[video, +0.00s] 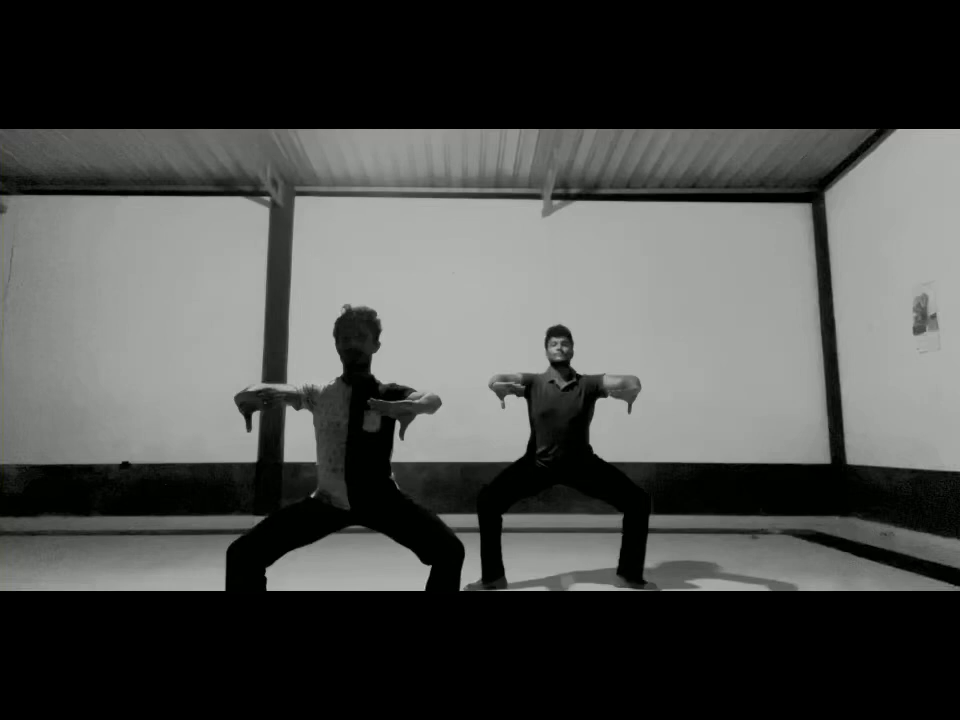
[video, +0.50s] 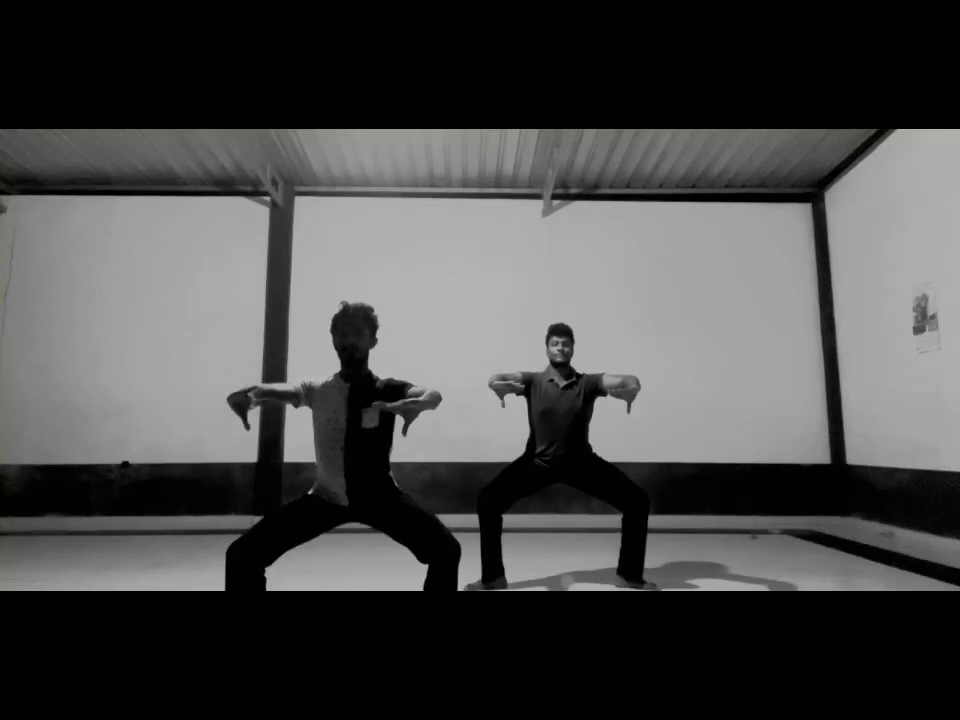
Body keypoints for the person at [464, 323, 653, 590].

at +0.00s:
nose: (560, 348)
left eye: (565, 344)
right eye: (554, 344)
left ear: (572, 350)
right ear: (546, 351)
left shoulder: (588, 383)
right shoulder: (533, 382)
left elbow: (629, 382)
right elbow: (495, 381)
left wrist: (630, 390)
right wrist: (503, 387)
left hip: (581, 464)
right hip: (538, 465)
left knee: (638, 501)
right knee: (489, 500)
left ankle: (630, 574)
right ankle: (493, 577)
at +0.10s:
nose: (560, 348)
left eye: (565, 345)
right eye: (554, 345)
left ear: (572, 350)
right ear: (546, 350)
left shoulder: (588, 383)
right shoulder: (533, 382)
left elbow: (629, 381)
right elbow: (494, 381)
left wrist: (630, 390)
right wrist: (503, 387)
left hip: (581, 464)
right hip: (538, 465)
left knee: (638, 501)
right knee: (489, 500)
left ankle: (630, 574)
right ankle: (493, 577)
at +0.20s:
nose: (560, 349)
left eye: (566, 345)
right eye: (555, 345)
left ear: (573, 350)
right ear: (547, 350)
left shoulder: (588, 383)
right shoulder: (533, 382)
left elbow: (629, 381)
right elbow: (494, 381)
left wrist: (631, 390)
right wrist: (502, 387)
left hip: (581, 463)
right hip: (538, 464)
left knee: (637, 502)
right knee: (489, 500)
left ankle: (630, 574)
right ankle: (493, 577)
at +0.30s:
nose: (561, 349)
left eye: (566, 345)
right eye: (555, 345)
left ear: (573, 350)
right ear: (547, 349)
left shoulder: (588, 383)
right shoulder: (533, 381)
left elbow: (628, 381)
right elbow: (494, 381)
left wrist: (632, 389)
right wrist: (502, 387)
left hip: (581, 463)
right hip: (538, 464)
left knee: (637, 501)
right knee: (489, 500)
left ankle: (630, 574)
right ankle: (493, 578)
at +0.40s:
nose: (561, 349)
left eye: (566, 344)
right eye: (555, 344)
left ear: (573, 349)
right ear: (547, 349)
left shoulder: (588, 382)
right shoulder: (533, 380)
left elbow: (628, 381)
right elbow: (494, 380)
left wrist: (631, 389)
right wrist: (502, 386)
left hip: (580, 463)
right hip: (538, 464)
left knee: (636, 501)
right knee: (489, 500)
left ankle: (630, 575)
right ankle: (493, 578)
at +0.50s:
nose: (560, 348)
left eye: (566, 344)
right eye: (555, 344)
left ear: (572, 349)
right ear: (547, 348)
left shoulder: (587, 382)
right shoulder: (533, 380)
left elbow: (627, 381)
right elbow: (494, 380)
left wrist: (631, 389)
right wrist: (502, 387)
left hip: (580, 462)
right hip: (537, 463)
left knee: (636, 501)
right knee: (489, 500)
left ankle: (630, 575)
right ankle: (493, 578)